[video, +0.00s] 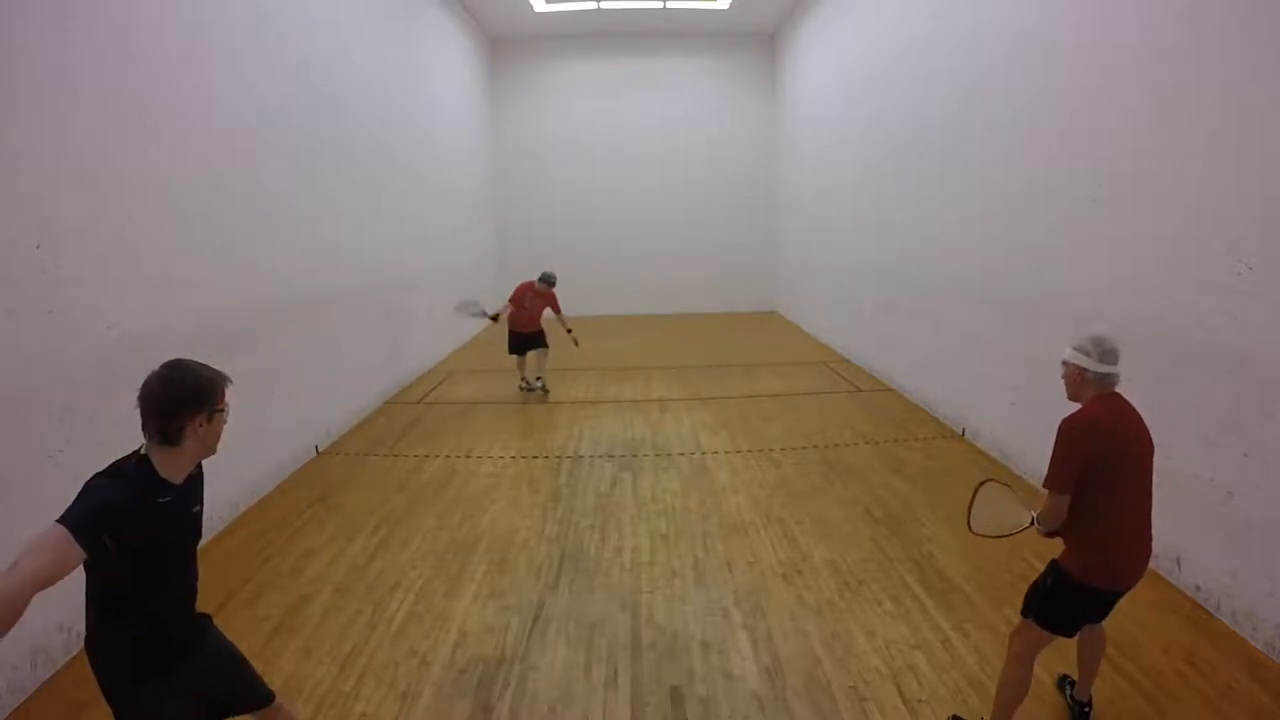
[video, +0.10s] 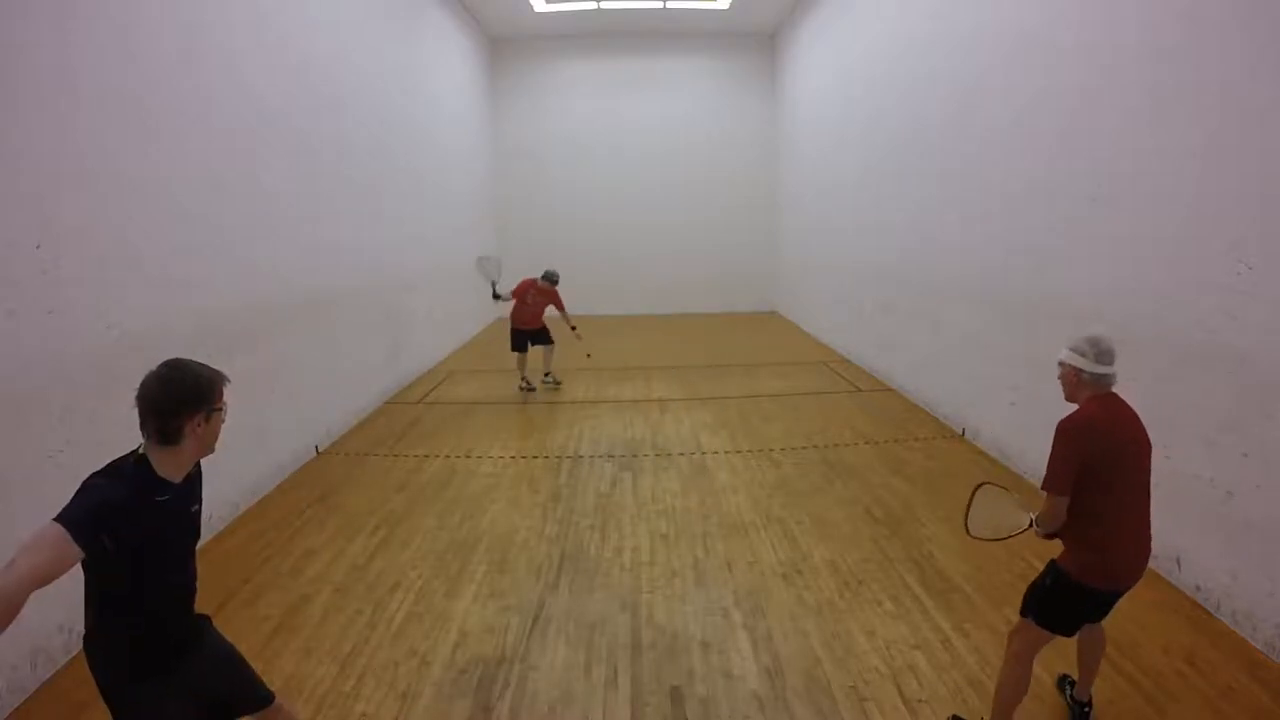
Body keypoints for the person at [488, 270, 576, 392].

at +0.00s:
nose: (548, 290)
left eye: (550, 288)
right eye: (547, 287)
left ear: (550, 287)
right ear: (541, 283)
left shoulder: (549, 295)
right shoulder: (524, 288)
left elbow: (558, 314)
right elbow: (510, 304)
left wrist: (569, 332)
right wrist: (499, 314)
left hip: (535, 327)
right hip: (517, 327)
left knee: (543, 349)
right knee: (521, 354)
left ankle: (540, 380)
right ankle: (523, 380)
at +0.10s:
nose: (550, 289)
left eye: (552, 287)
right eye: (549, 286)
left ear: (553, 284)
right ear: (543, 280)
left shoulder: (552, 293)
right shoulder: (527, 284)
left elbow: (562, 312)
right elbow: (512, 295)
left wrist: (573, 329)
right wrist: (499, 297)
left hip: (537, 324)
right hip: (519, 324)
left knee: (549, 345)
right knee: (522, 352)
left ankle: (547, 375)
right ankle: (523, 379)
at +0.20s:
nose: (554, 287)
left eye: (556, 285)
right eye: (553, 284)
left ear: (557, 283)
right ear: (547, 279)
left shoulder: (556, 292)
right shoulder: (532, 281)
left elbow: (567, 309)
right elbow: (513, 287)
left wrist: (577, 325)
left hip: (540, 321)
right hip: (523, 322)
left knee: (554, 343)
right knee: (524, 350)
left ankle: (556, 370)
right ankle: (523, 379)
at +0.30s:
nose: (558, 284)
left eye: (560, 282)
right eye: (557, 281)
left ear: (561, 281)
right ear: (551, 276)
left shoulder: (560, 290)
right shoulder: (537, 280)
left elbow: (573, 304)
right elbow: (519, 279)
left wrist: (583, 318)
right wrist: (519, 266)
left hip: (544, 321)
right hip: (527, 322)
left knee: (558, 341)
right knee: (526, 350)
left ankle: (563, 365)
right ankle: (524, 379)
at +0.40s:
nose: (564, 286)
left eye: (566, 283)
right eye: (563, 283)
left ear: (567, 282)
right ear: (557, 279)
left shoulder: (567, 289)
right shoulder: (544, 281)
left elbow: (578, 298)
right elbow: (528, 281)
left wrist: (585, 309)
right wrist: (530, 267)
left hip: (550, 322)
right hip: (534, 321)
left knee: (562, 341)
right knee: (531, 350)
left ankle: (567, 364)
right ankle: (525, 379)